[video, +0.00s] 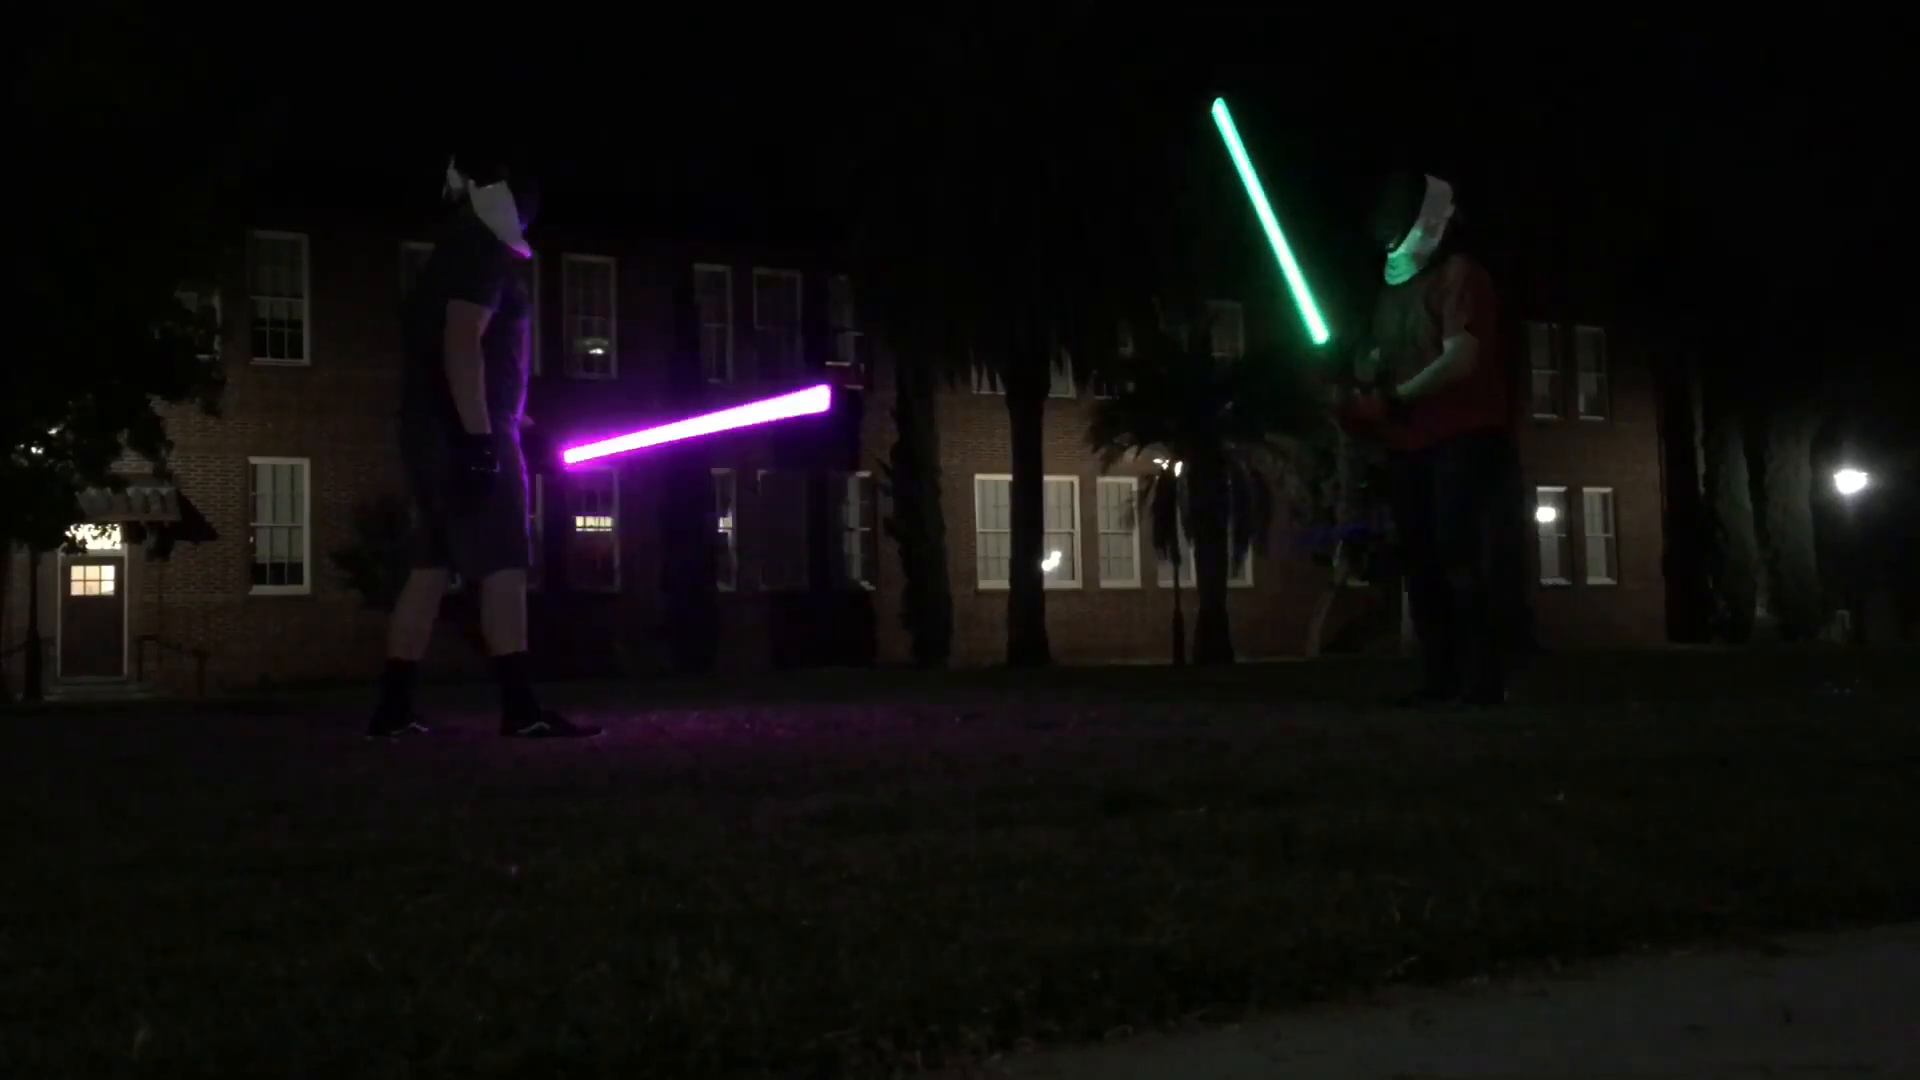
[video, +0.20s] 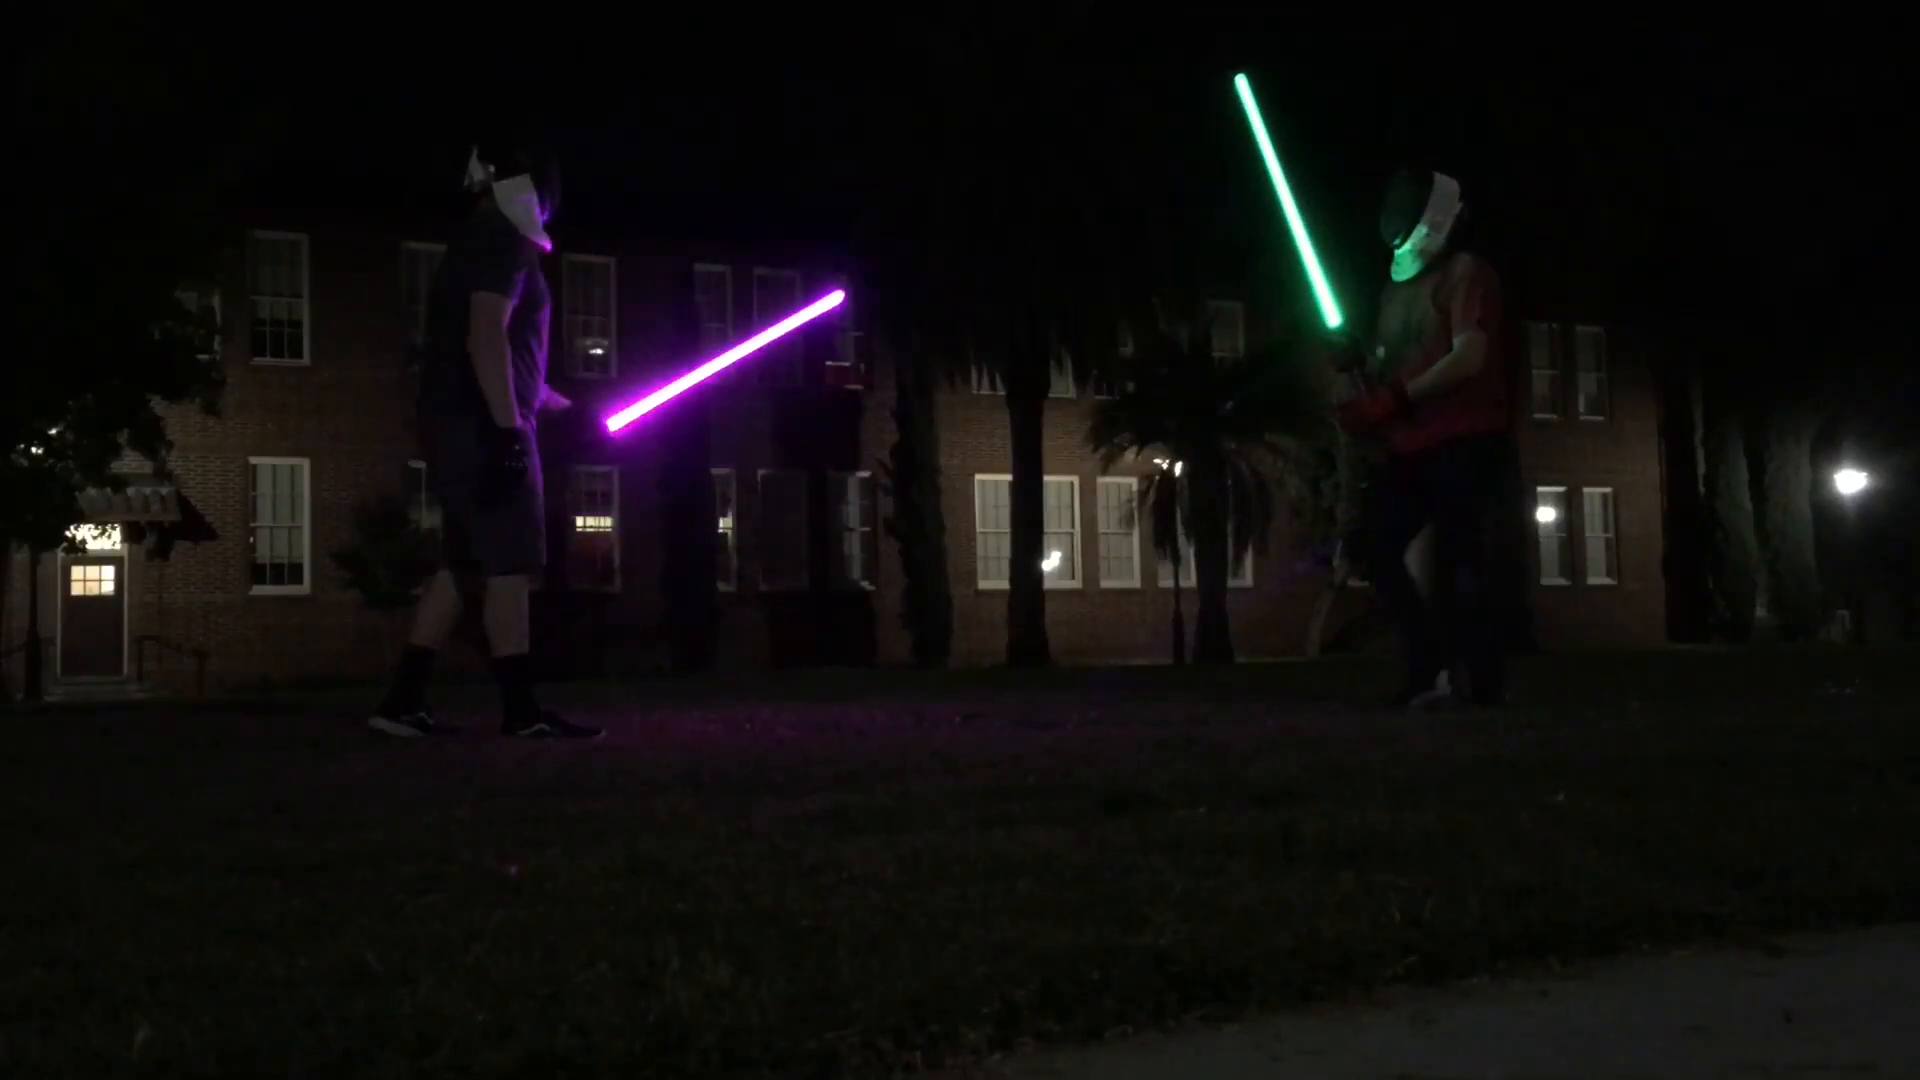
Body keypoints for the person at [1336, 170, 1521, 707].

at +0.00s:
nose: (1389, 235)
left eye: (1401, 223)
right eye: (1388, 223)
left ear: (1430, 222)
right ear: (1390, 226)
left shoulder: (1455, 275)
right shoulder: (1394, 290)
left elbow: (1462, 355)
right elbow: (1384, 356)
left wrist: (1398, 394)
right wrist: (1361, 376)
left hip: (1464, 444)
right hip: (1413, 445)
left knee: (1463, 559)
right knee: (1421, 561)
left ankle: (1476, 677)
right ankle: (1437, 672)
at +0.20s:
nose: (1395, 228)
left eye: (1409, 216)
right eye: (1394, 216)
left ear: (1438, 220)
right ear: (1395, 221)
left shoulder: (1463, 274)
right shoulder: (1395, 290)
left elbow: (1470, 353)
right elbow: (1387, 362)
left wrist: (1401, 394)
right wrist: (1356, 375)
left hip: (1467, 445)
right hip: (1412, 448)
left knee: (1462, 561)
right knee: (1378, 550)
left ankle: (1476, 677)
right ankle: (1425, 665)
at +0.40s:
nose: (1397, 233)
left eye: (1408, 220)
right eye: (1397, 222)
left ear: (1434, 220)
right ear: (1408, 223)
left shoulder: (1465, 273)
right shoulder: (1390, 289)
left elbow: (1485, 352)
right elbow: (1379, 365)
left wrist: (1446, 411)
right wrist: (1359, 383)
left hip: (1458, 444)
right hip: (1401, 447)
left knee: (1465, 564)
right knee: (1373, 550)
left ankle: (1482, 682)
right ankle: (1377, 675)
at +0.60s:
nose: (1384, 237)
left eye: (1394, 224)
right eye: (1379, 226)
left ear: (1419, 221)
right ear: (1373, 227)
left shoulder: (1450, 271)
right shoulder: (1372, 290)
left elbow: (1494, 344)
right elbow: (1357, 386)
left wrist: (1500, 420)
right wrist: (1345, 352)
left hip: (1449, 446)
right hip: (1387, 452)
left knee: (1460, 566)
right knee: (1376, 568)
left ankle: (1479, 675)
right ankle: (1369, 676)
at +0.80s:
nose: (1374, 236)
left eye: (1383, 223)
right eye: (1367, 225)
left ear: (1406, 219)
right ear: (1361, 226)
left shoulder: (1436, 273)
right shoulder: (1356, 289)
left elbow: (1485, 343)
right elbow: (1340, 372)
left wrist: (1473, 405)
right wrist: (1347, 420)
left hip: (1435, 447)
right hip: (1369, 453)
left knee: (1454, 571)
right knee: (1370, 574)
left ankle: (1478, 678)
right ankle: (1363, 680)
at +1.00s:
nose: (1365, 233)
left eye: (1373, 221)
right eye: (1358, 222)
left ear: (1393, 220)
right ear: (1353, 223)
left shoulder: (1421, 271)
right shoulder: (1341, 284)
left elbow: (1470, 345)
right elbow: (1330, 372)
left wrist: (1439, 399)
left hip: (1422, 446)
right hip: (1356, 452)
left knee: (1449, 570)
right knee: (1364, 574)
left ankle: (1473, 678)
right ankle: (1360, 680)